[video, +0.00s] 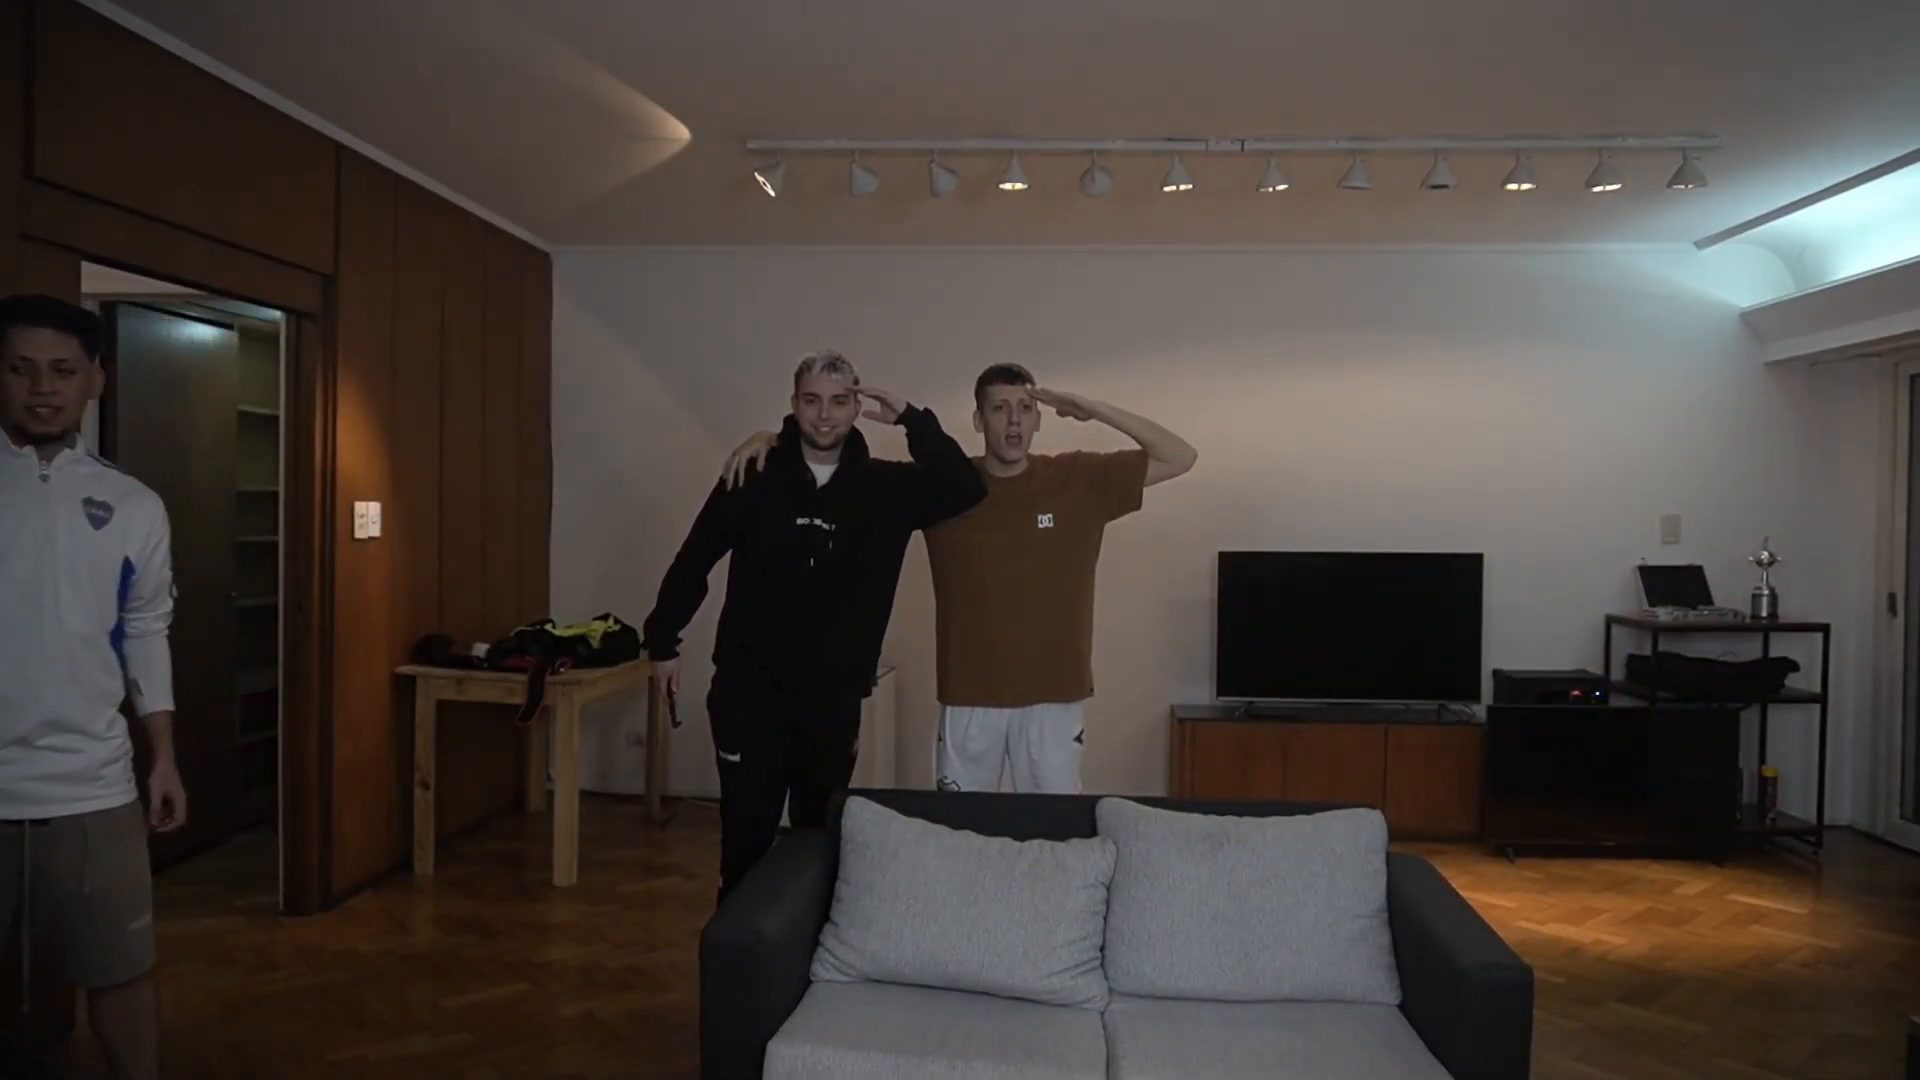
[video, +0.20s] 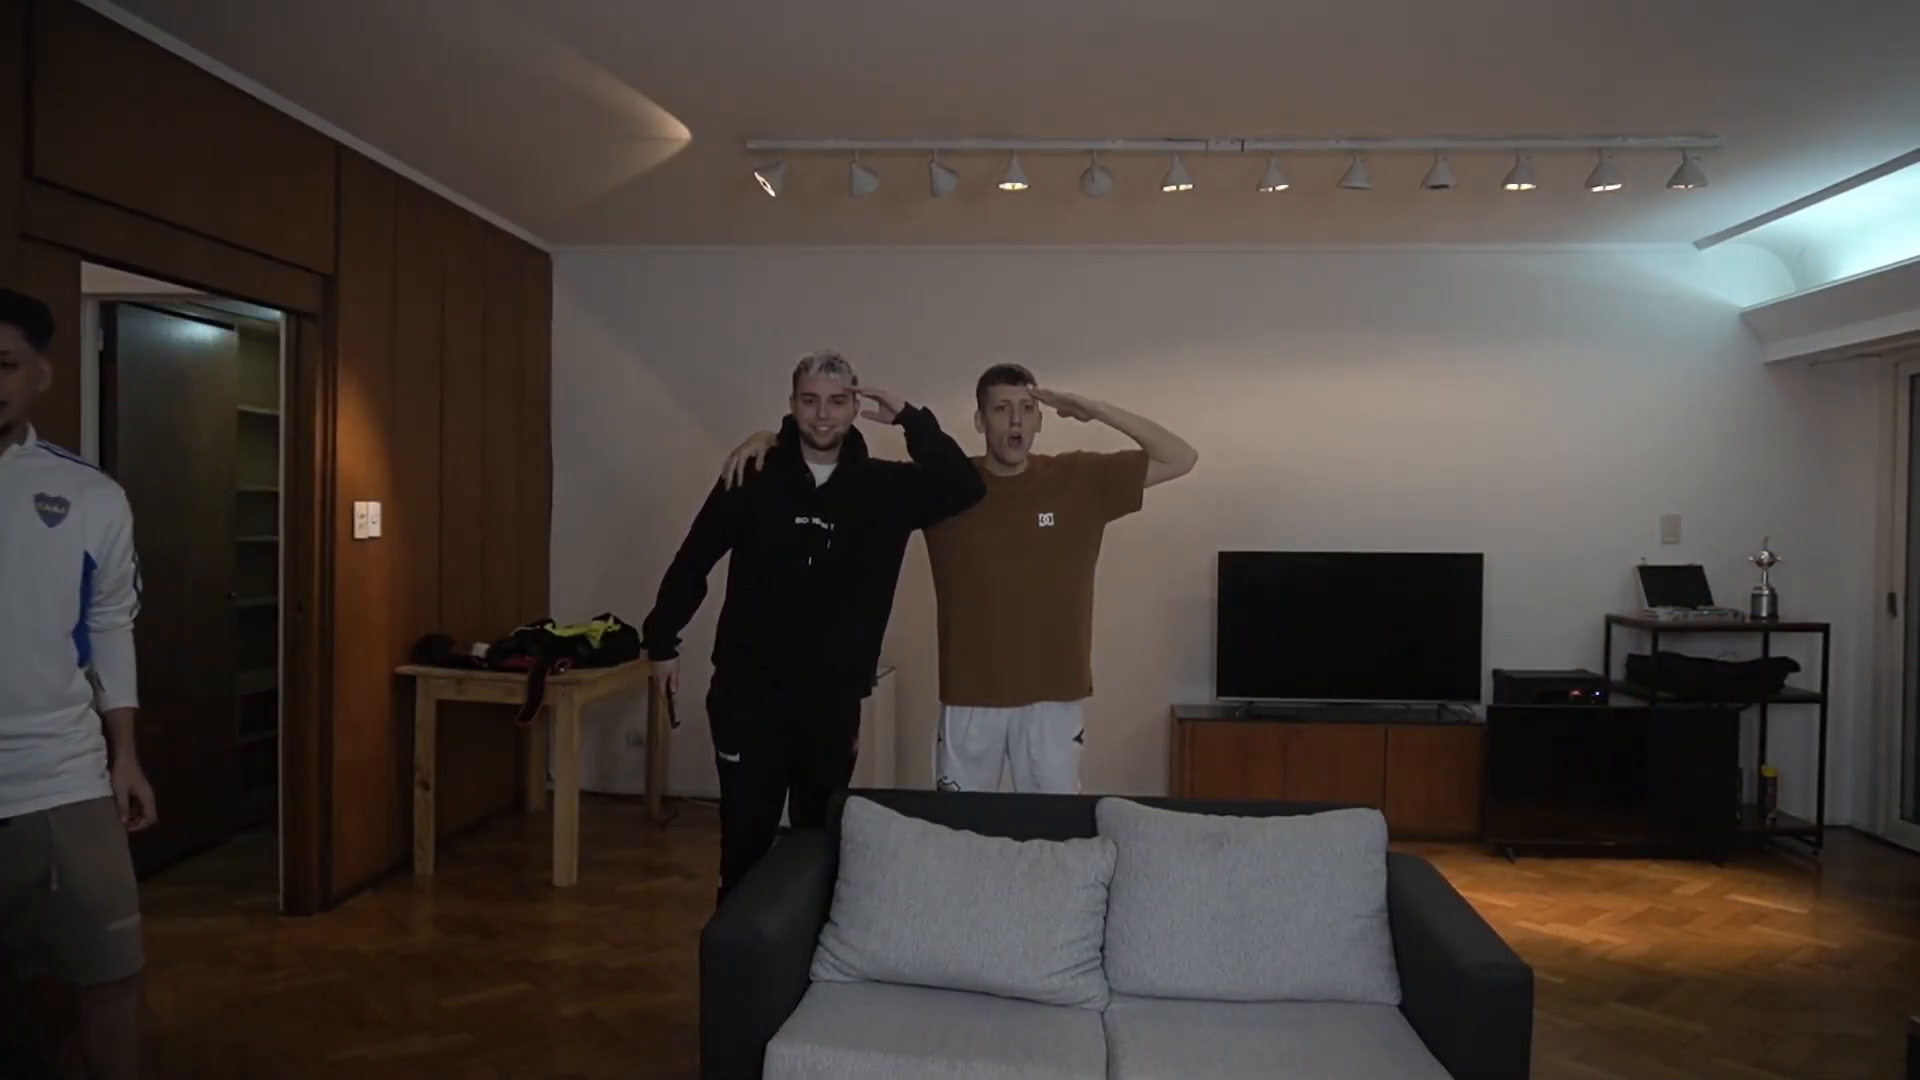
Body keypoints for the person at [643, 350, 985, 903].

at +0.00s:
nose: (824, 412)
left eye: (839, 400)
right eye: (812, 400)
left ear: (857, 410)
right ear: (794, 406)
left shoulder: (888, 486)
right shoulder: (754, 476)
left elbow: (966, 488)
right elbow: (695, 559)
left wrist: (913, 418)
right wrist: (663, 645)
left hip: (833, 690)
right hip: (749, 686)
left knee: (819, 832)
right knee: (747, 832)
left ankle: (814, 958)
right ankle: (738, 961)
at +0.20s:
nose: (823, 412)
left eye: (837, 400)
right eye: (810, 400)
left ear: (856, 410)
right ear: (792, 406)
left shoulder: (887, 486)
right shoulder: (753, 477)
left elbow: (964, 487)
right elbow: (694, 561)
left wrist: (912, 418)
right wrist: (662, 645)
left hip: (833, 691)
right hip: (749, 687)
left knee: (819, 834)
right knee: (747, 835)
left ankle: (814, 960)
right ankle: (738, 963)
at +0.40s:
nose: (823, 413)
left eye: (837, 400)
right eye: (810, 399)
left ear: (856, 409)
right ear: (792, 405)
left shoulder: (887, 486)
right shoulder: (753, 477)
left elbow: (964, 487)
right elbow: (694, 561)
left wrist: (912, 418)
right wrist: (661, 644)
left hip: (833, 693)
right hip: (748, 689)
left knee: (819, 836)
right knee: (746, 838)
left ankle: (815, 962)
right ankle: (738, 965)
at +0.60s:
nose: (823, 412)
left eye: (838, 399)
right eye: (811, 399)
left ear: (856, 409)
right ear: (793, 405)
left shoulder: (887, 486)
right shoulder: (753, 477)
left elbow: (965, 488)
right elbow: (694, 561)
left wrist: (913, 418)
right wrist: (661, 644)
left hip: (833, 693)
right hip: (748, 689)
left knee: (819, 836)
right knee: (747, 838)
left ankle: (815, 962)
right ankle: (739, 965)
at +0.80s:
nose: (824, 413)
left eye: (838, 400)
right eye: (811, 399)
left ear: (857, 409)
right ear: (793, 405)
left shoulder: (887, 486)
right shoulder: (753, 477)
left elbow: (965, 488)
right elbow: (695, 561)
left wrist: (914, 419)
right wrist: (662, 644)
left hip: (833, 692)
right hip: (749, 689)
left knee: (820, 836)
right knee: (747, 839)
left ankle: (816, 963)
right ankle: (738, 966)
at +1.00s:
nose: (824, 413)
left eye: (838, 400)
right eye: (811, 399)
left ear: (857, 409)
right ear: (794, 405)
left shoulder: (887, 487)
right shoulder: (754, 477)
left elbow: (965, 488)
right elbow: (696, 561)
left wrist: (913, 419)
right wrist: (663, 644)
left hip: (833, 692)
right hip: (749, 689)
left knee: (820, 837)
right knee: (746, 839)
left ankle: (816, 965)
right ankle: (738, 968)